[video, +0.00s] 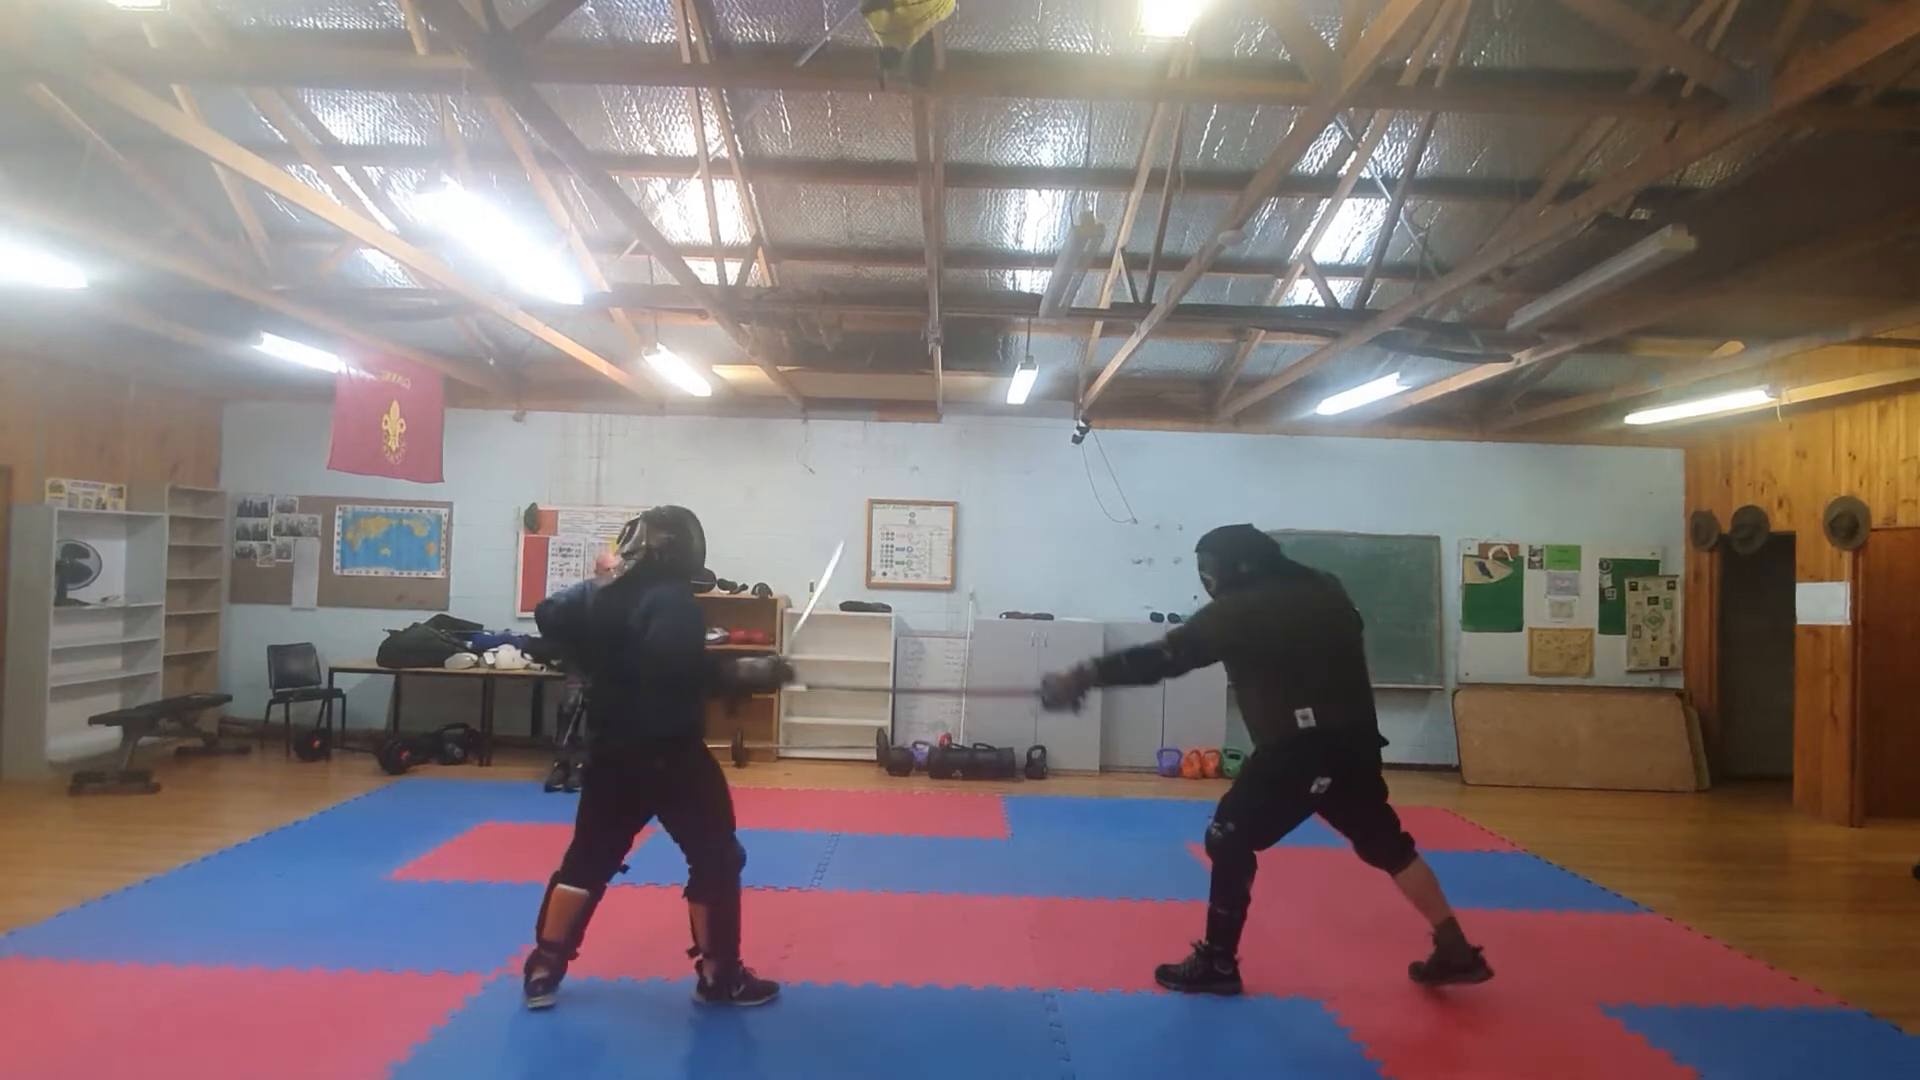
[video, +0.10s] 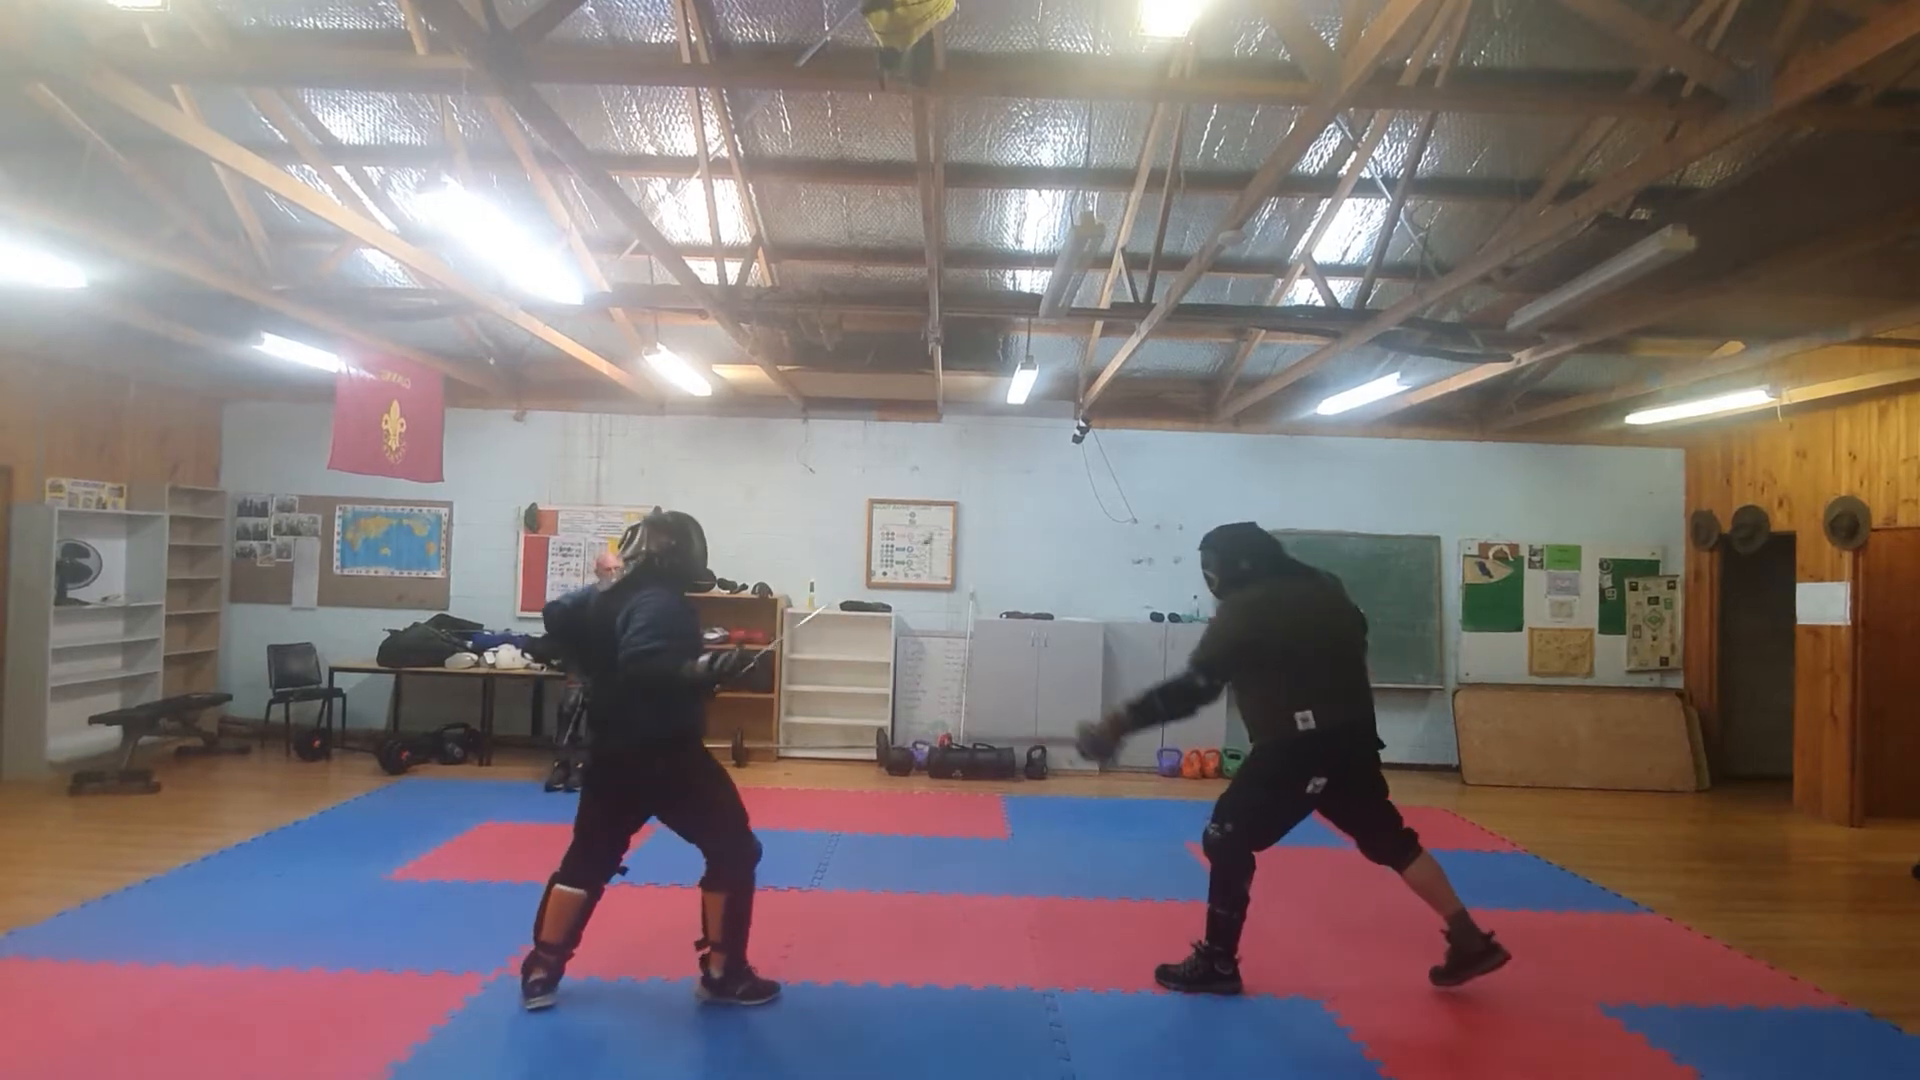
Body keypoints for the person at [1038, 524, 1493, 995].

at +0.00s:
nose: (1206, 588)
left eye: (1208, 576)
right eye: (1205, 577)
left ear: (1231, 569)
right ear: (1264, 558)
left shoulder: (1235, 610)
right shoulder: (1326, 589)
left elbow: (1165, 657)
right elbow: (1351, 645)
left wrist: (1086, 675)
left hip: (1290, 752)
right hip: (1354, 743)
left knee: (1230, 840)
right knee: (1390, 846)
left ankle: (1217, 960)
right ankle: (1456, 947)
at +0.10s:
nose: (1212, 586)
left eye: (1213, 575)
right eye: (1209, 576)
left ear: (1233, 566)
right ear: (1267, 556)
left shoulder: (1239, 610)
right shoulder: (1325, 589)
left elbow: (1195, 687)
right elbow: (1355, 641)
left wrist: (1120, 723)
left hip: (1292, 748)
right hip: (1354, 741)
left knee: (1228, 838)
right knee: (1391, 841)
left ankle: (1217, 960)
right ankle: (1469, 939)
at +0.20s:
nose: (1224, 585)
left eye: (1224, 574)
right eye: (1221, 574)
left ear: (1244, 569)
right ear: (1278, 558)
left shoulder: (1259, 614)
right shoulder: (1335, 590)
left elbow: (1241, 702)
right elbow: (1363, 647)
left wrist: (1178, 753)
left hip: (1291, 756)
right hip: (1354, 748)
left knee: (1229, 840)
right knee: (1398, 848)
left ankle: (1218, 960)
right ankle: (1471, 950)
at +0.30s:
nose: (1245, 583)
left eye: (1249, 572)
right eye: (1243, 573)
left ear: (1273, 567)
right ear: (1301, 559)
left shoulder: (1284, 618)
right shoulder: (1359, 600)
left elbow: (1282, 713)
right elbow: (1371, 696)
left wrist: (1232, 773)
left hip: (1304, 765)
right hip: (1365, 763)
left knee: (1237, 844)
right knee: (1407, 862)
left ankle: (1219, 960)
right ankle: (1479, 967)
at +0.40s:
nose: (1277, 583)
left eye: (1282, 572)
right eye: (1276, 573)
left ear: (1309, 568)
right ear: (1332, 561)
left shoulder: (1317, 622)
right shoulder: (1387, 609)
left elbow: (1311, 714)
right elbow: (1400, 710)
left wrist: (1291, 776)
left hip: (1331, 777)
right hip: (1388, 778)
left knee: (1260, 849)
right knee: (1430, 871)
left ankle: (1221, 961)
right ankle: (1490, 984)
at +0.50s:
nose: (1311, 580)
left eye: (1316, 569)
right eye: (1308, 570)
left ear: (1347, 562)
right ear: (1368, 558)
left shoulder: (1347, 620)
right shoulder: (1421, 610)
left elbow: (1332, 713)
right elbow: (1429, 700)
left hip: (1359, 775)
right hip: (1415, 774)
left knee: (1293, 860)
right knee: (1452, 870)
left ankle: (1234, 958)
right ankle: (1495, 986)